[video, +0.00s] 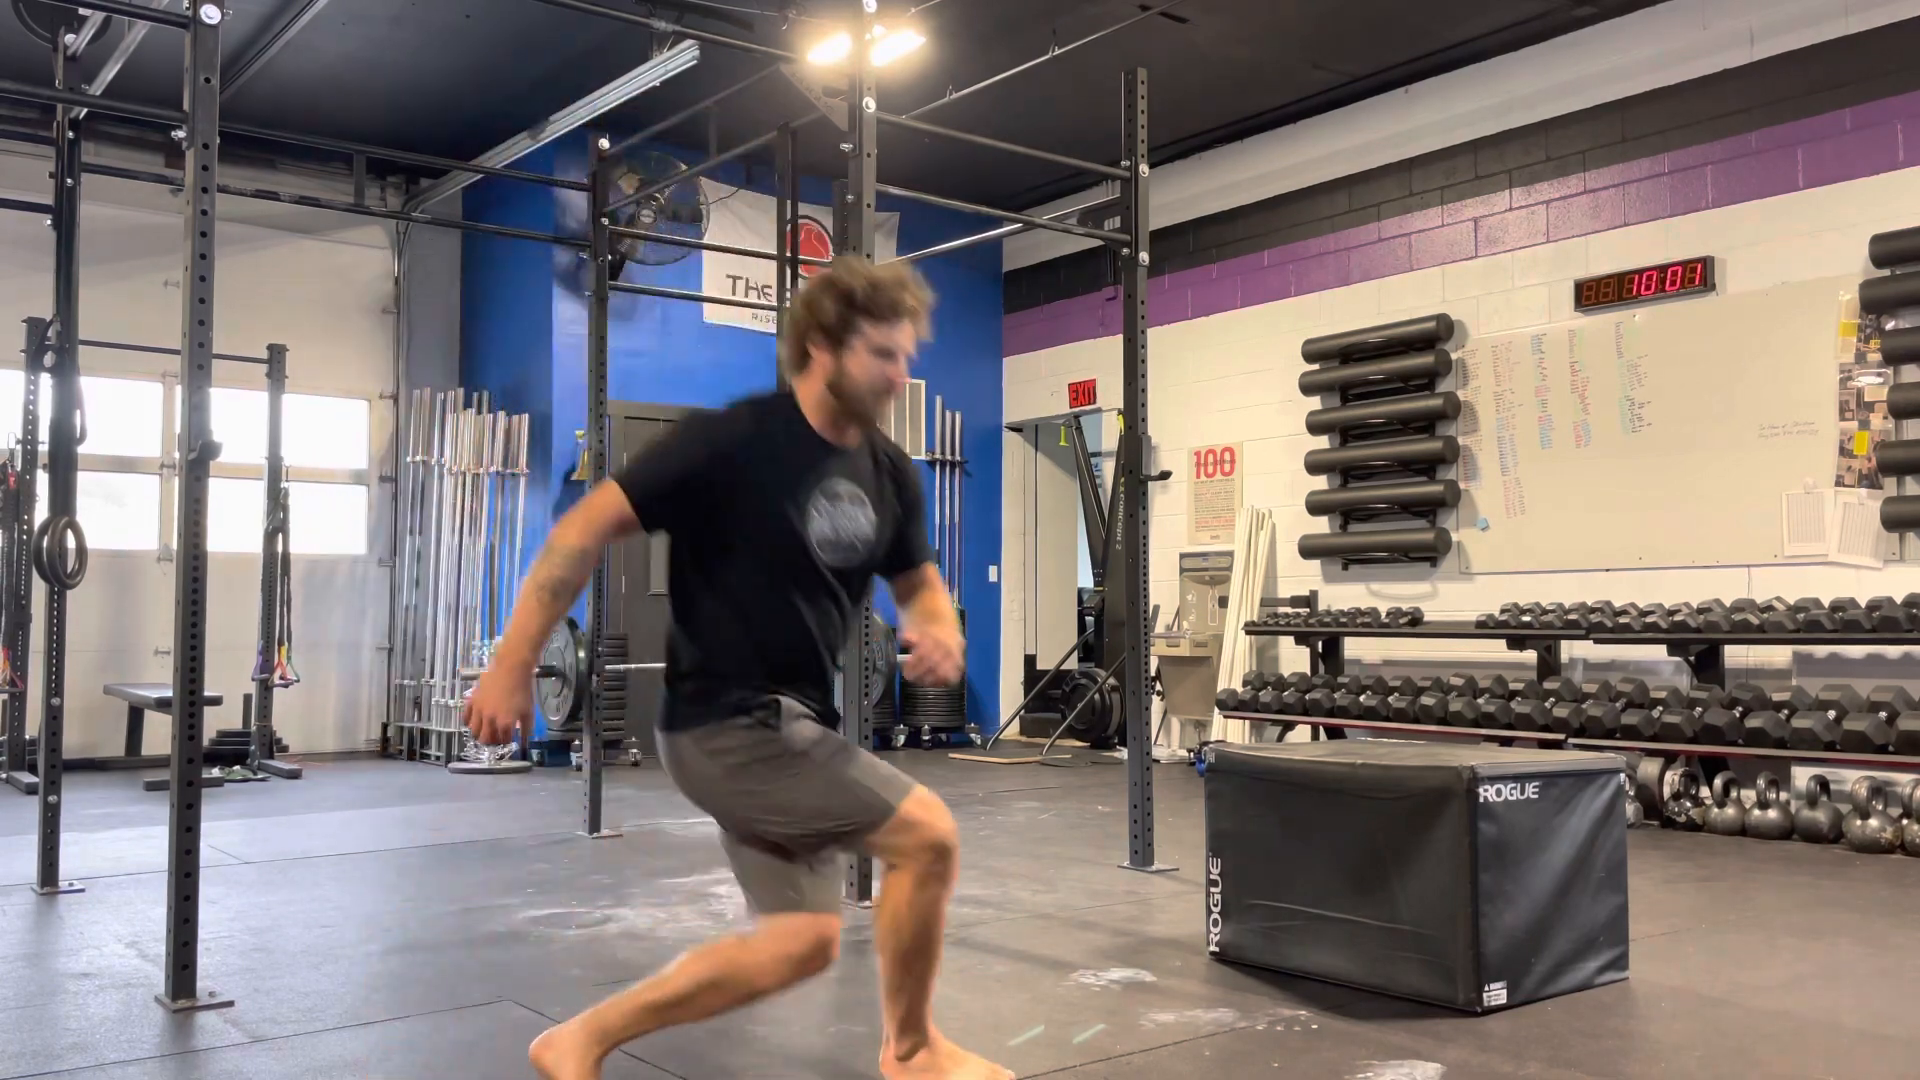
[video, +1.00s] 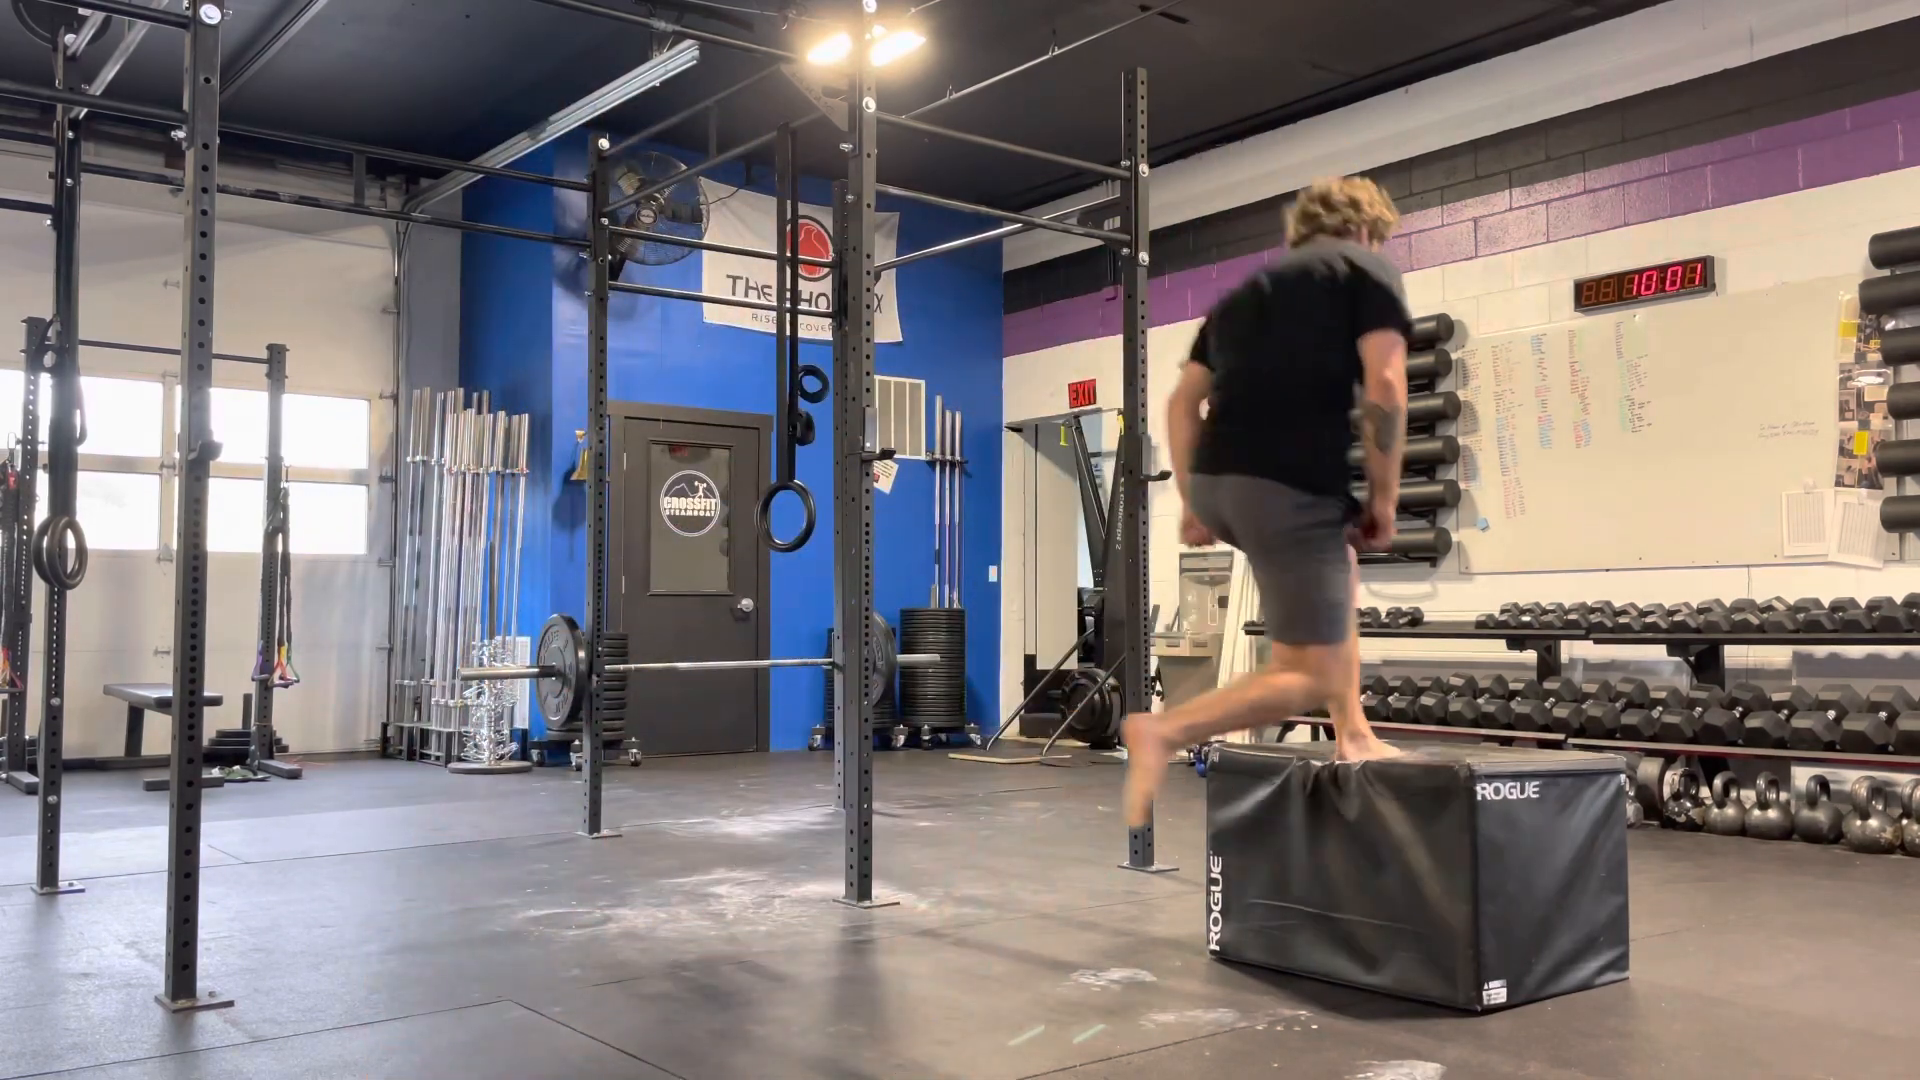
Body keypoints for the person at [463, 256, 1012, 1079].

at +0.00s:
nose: (902, 376)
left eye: (908, 358)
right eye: (885, 354)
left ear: (908, 359)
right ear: (822, 351)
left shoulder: (885, 471)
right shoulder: (727, 441)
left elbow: (920, 585)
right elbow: (581, 530)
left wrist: (939, 632)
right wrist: (510, 665)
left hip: (793, 721)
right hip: (727, 720)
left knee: (804, 942)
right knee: (927, 836)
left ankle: (578, 1041)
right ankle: (911, 1048)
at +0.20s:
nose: (1034, 509)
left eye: (1037, 491)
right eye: (1016, 491)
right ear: (954, 492)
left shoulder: (1008, 597)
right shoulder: (857, 542)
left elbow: (1062, 700)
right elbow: (696, 561)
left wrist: (1070, 728)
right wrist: (567, 645)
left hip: (835, 800)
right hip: (783, 787)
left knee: (835, 1023)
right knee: (1003, 851)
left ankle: (604, 1036)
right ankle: (917, 1048)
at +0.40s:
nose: (1158, 451)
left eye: (1158, 435)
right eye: (1149, 434)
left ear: (1100, 438)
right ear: (1101, 436)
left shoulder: (1086, 519)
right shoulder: (993, 516)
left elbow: (1061, 614)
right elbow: (891, 660)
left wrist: (1112, 668)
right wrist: (823, 776)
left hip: (930, 723)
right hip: (908, 723)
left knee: (929, 937)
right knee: (1063, 866)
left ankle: (720, 978)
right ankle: (919, 1043)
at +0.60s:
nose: (1202, 309)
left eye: (1203, 293)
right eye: (1198, 293)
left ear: (1120, 289)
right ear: (1168, 294)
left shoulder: (1082, 353)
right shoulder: (1139, 368)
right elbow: (1250, 449)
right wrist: (1340, 430)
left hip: (1073, 592)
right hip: (1019, 616)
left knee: (1191, 620)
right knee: (1062, 833)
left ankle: (1115, 770)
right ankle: (924, 1026)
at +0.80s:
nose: (1303, 198)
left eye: (1307, 187)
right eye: (1304, 185)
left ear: (1220, 171)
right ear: (1284, 173)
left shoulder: (1160, 243)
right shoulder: (1263, 213)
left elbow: (1092, 352)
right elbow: (1314, 330)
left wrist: (1115, 437)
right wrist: (1359, 392)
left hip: (1126, 446)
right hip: (1169, 453)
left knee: (1270, 498)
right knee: (1173, 668)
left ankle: (1266, 681)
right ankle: (1008, 787)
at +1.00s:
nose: (1385, 250)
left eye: (1387, 240)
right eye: (1383, 239)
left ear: (1299, 232)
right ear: (1364, 231)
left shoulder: (1244, 293)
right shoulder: (1365, 270)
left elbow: (1181, 401)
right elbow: (1384, 386)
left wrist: (1190, 500)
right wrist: (1383, 500)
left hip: (1214, 482)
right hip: (1289, 487)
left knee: (1334, 548)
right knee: (1315, 679)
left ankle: (1353, 730)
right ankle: (1161, 732)